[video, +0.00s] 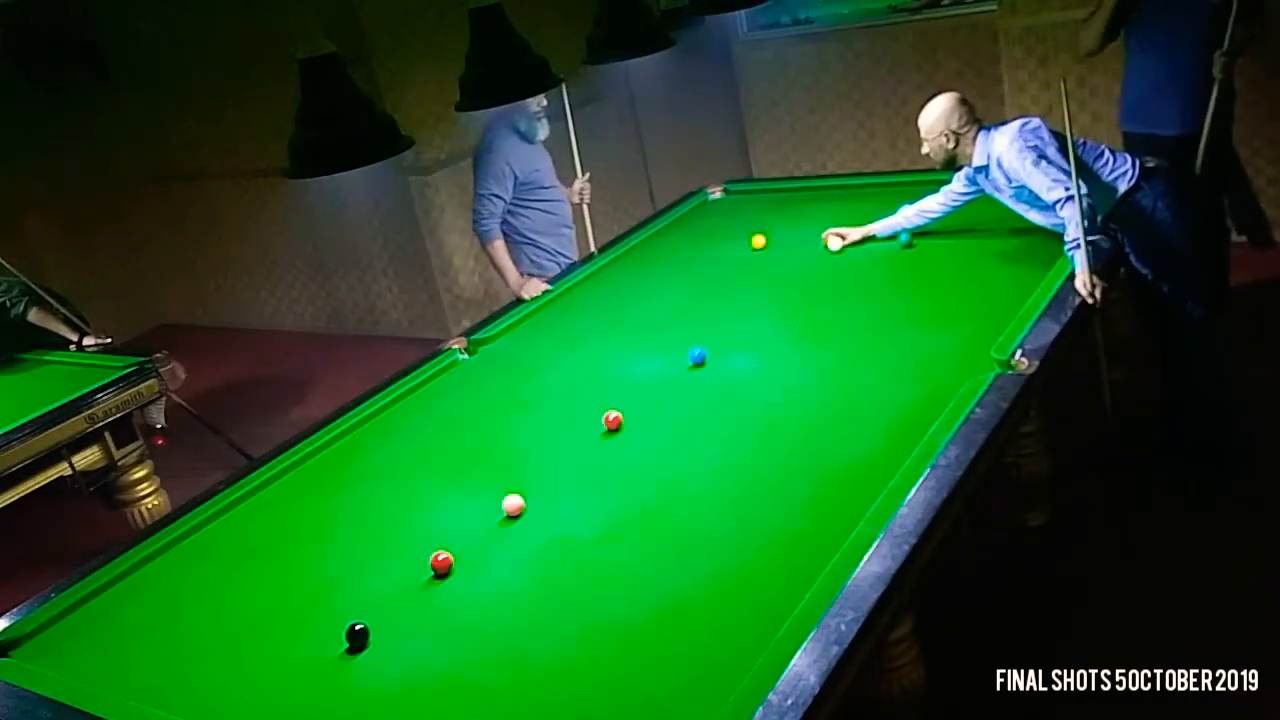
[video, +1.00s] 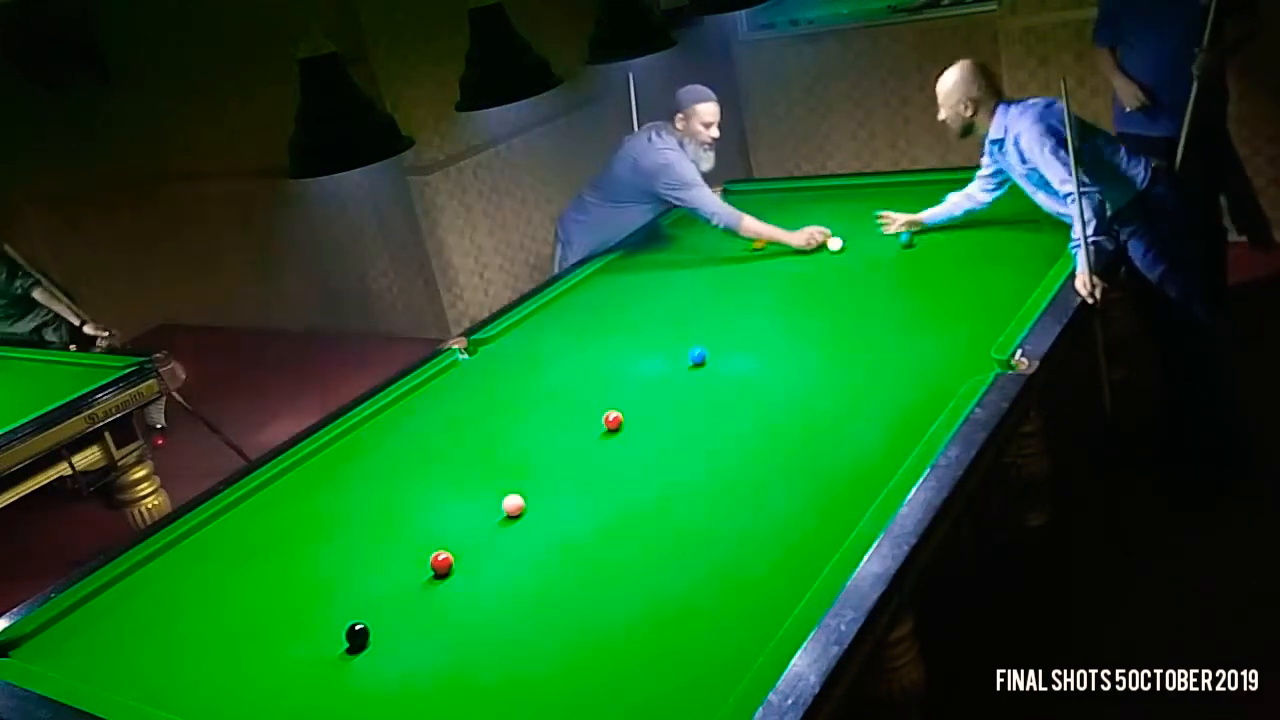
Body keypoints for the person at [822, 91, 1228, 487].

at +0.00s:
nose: (923, 148)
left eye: (927, 139)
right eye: (922, 141)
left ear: (955, 135)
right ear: (955, 134)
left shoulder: (1014, 143)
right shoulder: (978, 171)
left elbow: (1067, 196)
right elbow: (927, 209)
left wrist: (1082, 265)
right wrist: (861, 232)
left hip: (1149, 202)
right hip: (1125, 223)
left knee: (1195, 319)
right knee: (1176, 321)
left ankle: (1216, 443)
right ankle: (1198, 440)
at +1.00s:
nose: (940, 117)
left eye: (942, 106)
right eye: (938, 107)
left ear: (969, 103)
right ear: (971, 102)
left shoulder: (1030, 127)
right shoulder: (1000, 144)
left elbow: (1082, 190)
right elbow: (977, 195)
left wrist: (1086, 259)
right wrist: (917, 219)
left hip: (1147, 209)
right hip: (1122, 218)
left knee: (1190, 321)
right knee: (1171, 325)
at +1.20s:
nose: (975, 76)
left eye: (981, 65)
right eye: (975, 65)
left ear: (1010, 64)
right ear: (1011, 63)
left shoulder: (1060, 105)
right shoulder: (1038, 105)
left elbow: (1092, 188)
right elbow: (1053, 168)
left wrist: (1089, 261)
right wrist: (1000, 203)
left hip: (1154, 222)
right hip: (1128, 223)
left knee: (1189, 337)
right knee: (1168, 338)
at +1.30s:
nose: (998, 59)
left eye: (1005, 48)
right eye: (999, 48)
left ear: (1036, 47)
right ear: (1037, 46)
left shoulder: (1074, 95)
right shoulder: (1068, 87)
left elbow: (1099, 186)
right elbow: (1085, 165)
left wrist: (1092, 260)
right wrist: (1041, 195)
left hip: (1161, 231)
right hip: (1151, 225)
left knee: (1192, 348)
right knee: (1184, 343)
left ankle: (1217, 467)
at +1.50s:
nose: (1044, 39)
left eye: (1051, 28)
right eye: (1044, 29)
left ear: (1080, 29)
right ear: (1083, 29)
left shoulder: (1113, 85)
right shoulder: (1109, 75)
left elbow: (1119, 186)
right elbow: (1140, 154)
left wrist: (1095, 259)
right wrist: (1106, 182)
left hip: (1168, 237)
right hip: (1161, 233)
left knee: (1189, 359)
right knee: (1183, 356)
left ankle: (1211, 472)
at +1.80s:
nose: (1119, 21)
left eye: (1129, 11)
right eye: (1120, 12)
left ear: (1157, 16)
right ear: (1151, 20)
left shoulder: (1186, 78)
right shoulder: (1160, 73)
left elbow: (1170, 183)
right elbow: (1165, 152)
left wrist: (1126, 263)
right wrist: (1139, 192)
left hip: (1207, 243)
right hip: (1180, 236)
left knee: (1229, 362)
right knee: (1203, 357)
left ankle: (1241, 467)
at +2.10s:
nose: (1174, 12)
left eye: (1185, 5)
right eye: (1177, 6)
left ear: (1212, 9)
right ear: (1202, 15)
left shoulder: (1249, 73)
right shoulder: (1204, 66)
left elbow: (1250, 191)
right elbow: (1190, 150)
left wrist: (1196, 270)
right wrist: (1139, 195)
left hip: (1247, 243)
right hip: (1208, 234)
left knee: (1253, 365)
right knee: (1210, 357)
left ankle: (1252, 470)